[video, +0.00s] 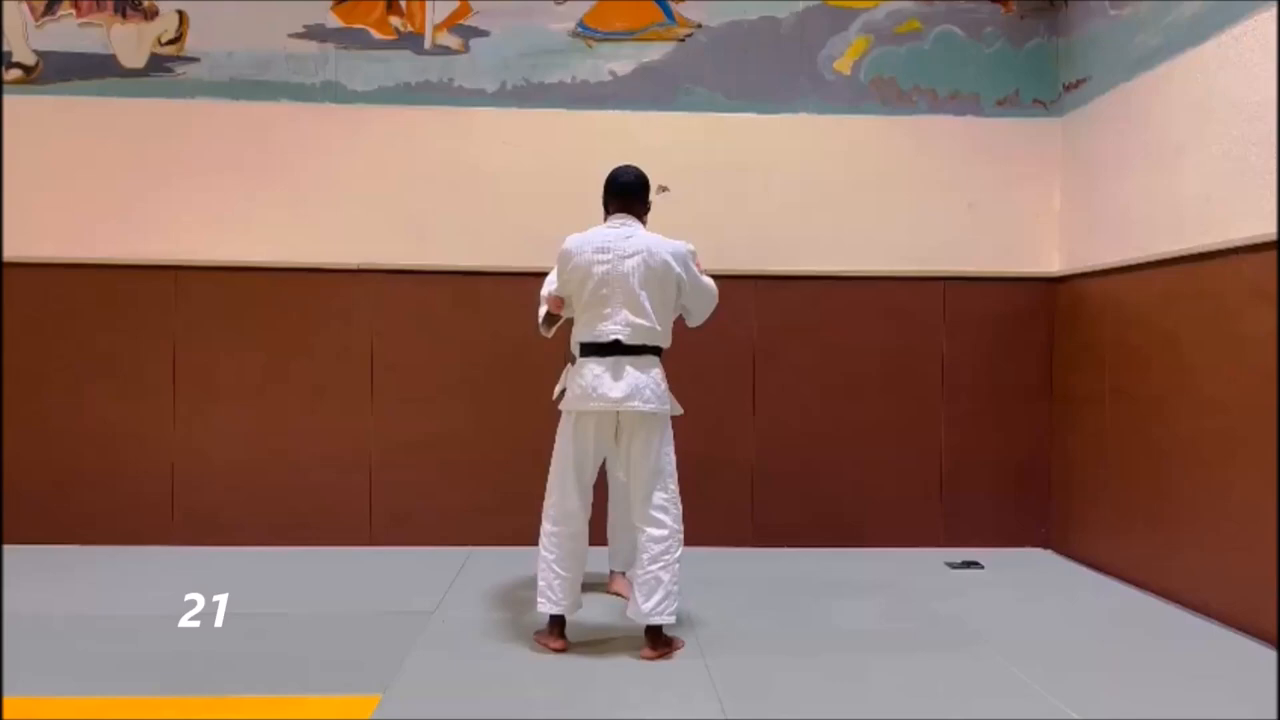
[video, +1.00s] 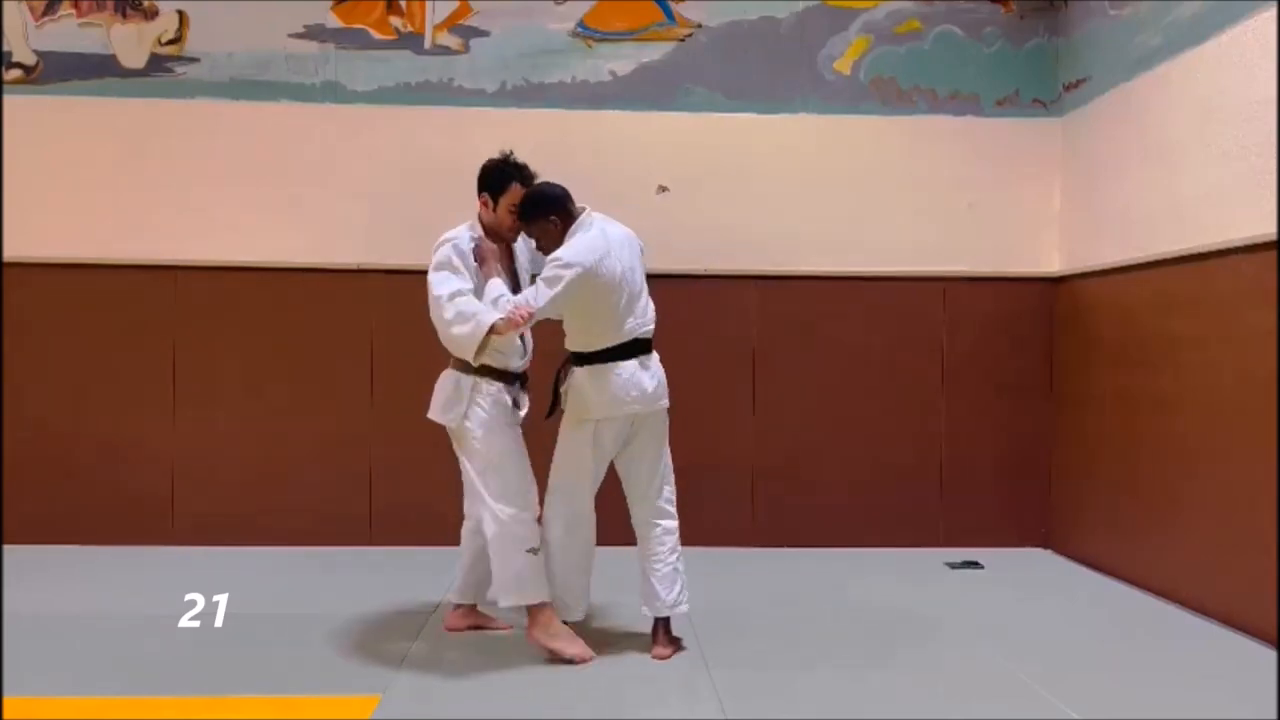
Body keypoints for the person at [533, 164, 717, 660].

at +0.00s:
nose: (642, 208)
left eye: (618, 201)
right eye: (646, 201)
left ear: (604, 203)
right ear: (648, 204)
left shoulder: (576, 248)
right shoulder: (671, 253)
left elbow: (556, 308)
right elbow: (701, 308)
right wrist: (685, 267)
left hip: (587, 388)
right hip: (645, 388)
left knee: (566, 501)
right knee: (655, 503)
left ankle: (555, 622)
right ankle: (657, 627)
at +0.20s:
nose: (643, 211)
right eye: (645, 205)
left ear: (600, 205)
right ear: (644, 207)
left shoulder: (570, 249)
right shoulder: (663, 259)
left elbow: (545, 303)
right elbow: (697, 314)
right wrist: (686, 277)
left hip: (578, 391)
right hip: (636, 393)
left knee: (562, 503)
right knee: (649, 504)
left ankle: (557, 626)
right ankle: (655, 630)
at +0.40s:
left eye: (607, 204)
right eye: (638, 205)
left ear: (601, 203)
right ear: (642, 209)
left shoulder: (571, 248)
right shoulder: (666, 259)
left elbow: (533, 290)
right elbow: (694, 318)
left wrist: (521, 278)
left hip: (580, 383)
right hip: (636, 383)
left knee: (563, 503)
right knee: (653, 502)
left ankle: (558, 627)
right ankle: (655, 629)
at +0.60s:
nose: (566, 217)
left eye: (568, 210)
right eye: (567, 210)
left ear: (580, 206)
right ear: (613, 204)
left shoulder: (573, 251)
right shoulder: (650, 250)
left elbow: (533, 307)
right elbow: (677, 294)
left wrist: (519, 279)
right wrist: (631, 292)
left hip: (591, 379)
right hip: (643, 374)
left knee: (568, 500)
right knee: (654, 501)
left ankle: (561, 628)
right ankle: (658, 629)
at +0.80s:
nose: (542, 239)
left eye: (542, 230)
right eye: (538, 231)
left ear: (561, 218)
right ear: (579, 210)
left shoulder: (572, 257)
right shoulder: (631, 240)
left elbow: (515, 311)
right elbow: (628, 305)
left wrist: (499, 262)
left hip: (597, 382)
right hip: (645, 377)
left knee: (568, 500)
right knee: (654, 505)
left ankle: (561, 629)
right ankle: (662, 630)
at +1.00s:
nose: (536, 244)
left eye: (537, 235)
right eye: (532, 237)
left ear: (556, 223)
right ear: (570, 211)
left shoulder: (573, 258)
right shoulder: (618, 230)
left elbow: (510, 317)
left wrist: (492, 269)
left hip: (599, 382)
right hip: (646, 372)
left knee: (568, 499)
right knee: (655, 503)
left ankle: (567, 612)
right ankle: (664, 626)